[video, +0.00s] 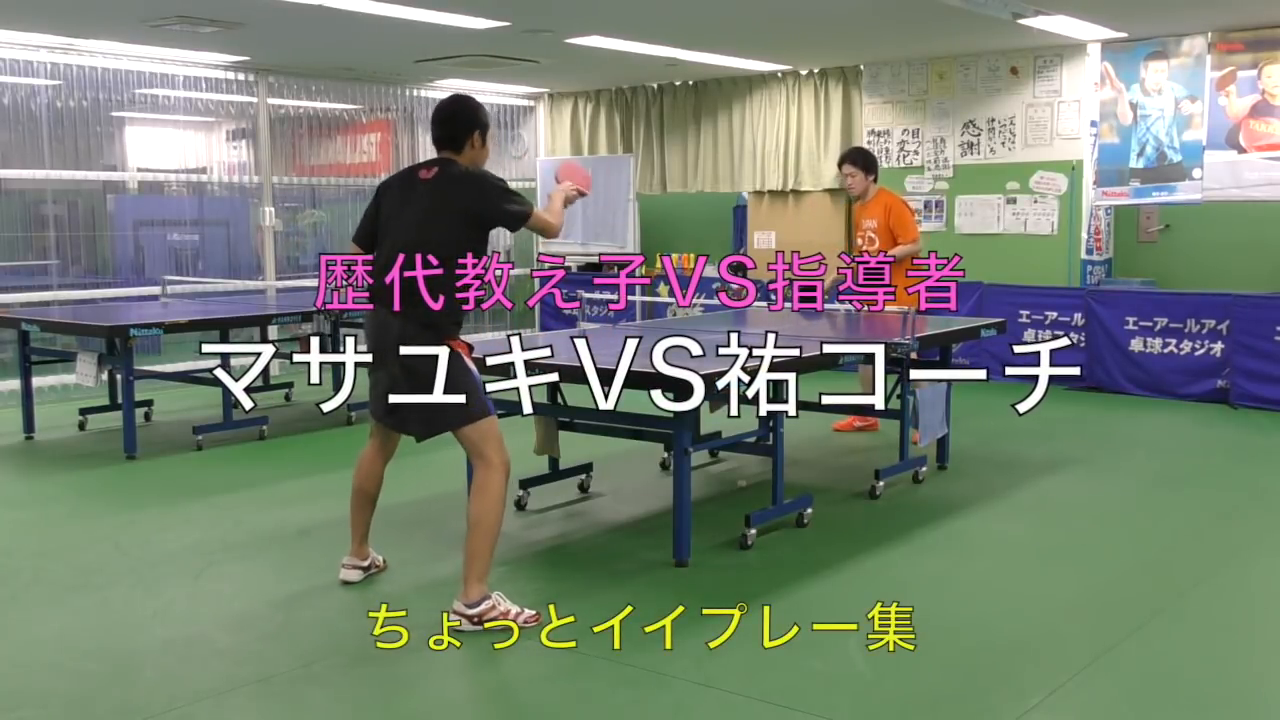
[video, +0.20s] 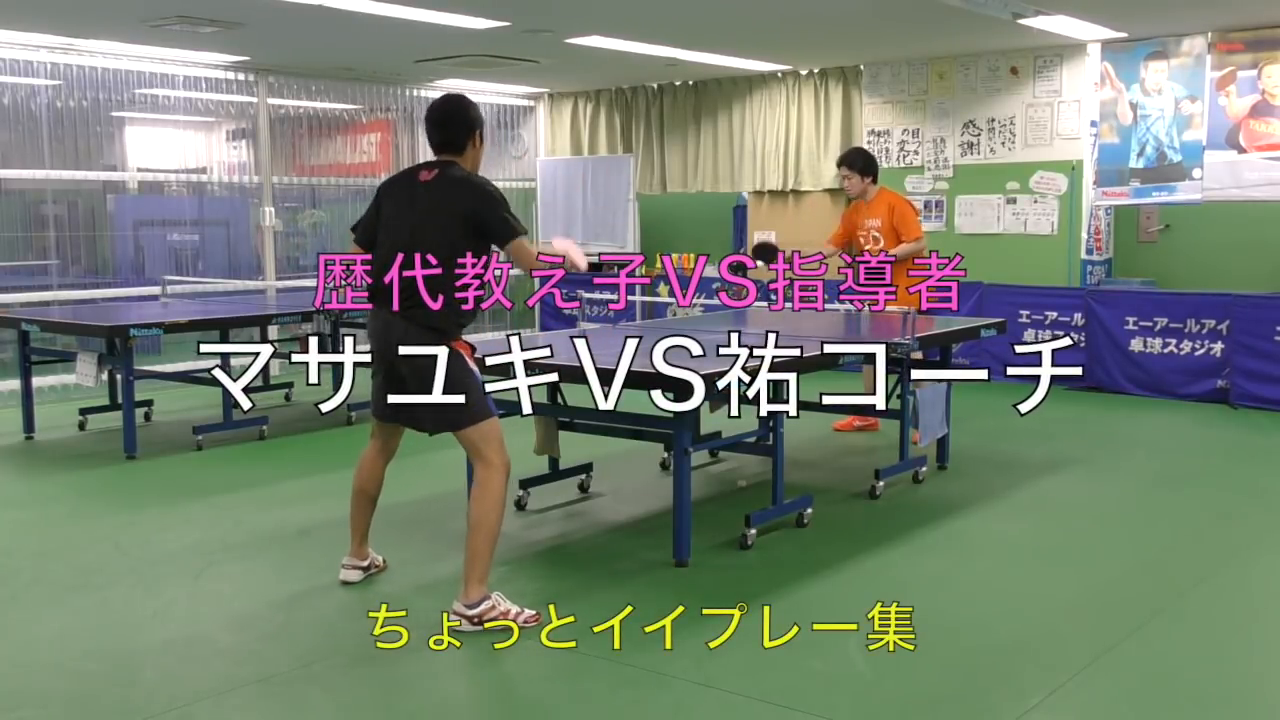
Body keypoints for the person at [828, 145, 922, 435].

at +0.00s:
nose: (847, 182)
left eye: (852, 176)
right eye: (844, 177)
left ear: (870, 175)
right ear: (843, 177)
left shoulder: (892, 203)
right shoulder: (858, 208)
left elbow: (913, 245)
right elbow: (860, 254)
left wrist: (882, 258)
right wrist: (835, 279)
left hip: (900, 298)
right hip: (870, 298)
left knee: (912, 359)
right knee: (866, 354)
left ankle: (926, 417)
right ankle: (867, 413)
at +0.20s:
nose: (844, 185)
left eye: (848, 179)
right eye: (842, 179)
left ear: (867, 177)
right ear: (846, 180)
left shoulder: (896, 203)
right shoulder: (853, 211)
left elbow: (918, 244)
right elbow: (832, 248)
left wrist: (884, 256)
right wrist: (797, 259)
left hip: (906, 296)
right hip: (872, 298)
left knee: (914, 358)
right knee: (870, 353)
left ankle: (925, 420)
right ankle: (868, 413)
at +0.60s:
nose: (852, 171)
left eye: (858, 165)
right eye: (848, 166)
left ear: (874, 166)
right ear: (846, 170)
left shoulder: (899, 197)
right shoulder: (849, 207)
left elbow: (919, 237)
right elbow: (835, 251)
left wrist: (885, 246)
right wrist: (810, 264)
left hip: (903, 295)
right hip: (867, 297)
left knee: (913, 358)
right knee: (867, 354)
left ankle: (924, 419)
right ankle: (866, 413)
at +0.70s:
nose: (851, 173)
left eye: (857, 167)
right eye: (848, 168)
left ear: (874, 168)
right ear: (845, 171)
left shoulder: (897, 198)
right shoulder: (852, 208)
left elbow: (917, 238)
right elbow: (849, 254)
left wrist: (886, 247)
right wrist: (824, 276)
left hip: (902, 296)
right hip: (868, 297)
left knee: (913, 358)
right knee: (868, 354)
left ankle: (926, 419)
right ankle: (867, 412)